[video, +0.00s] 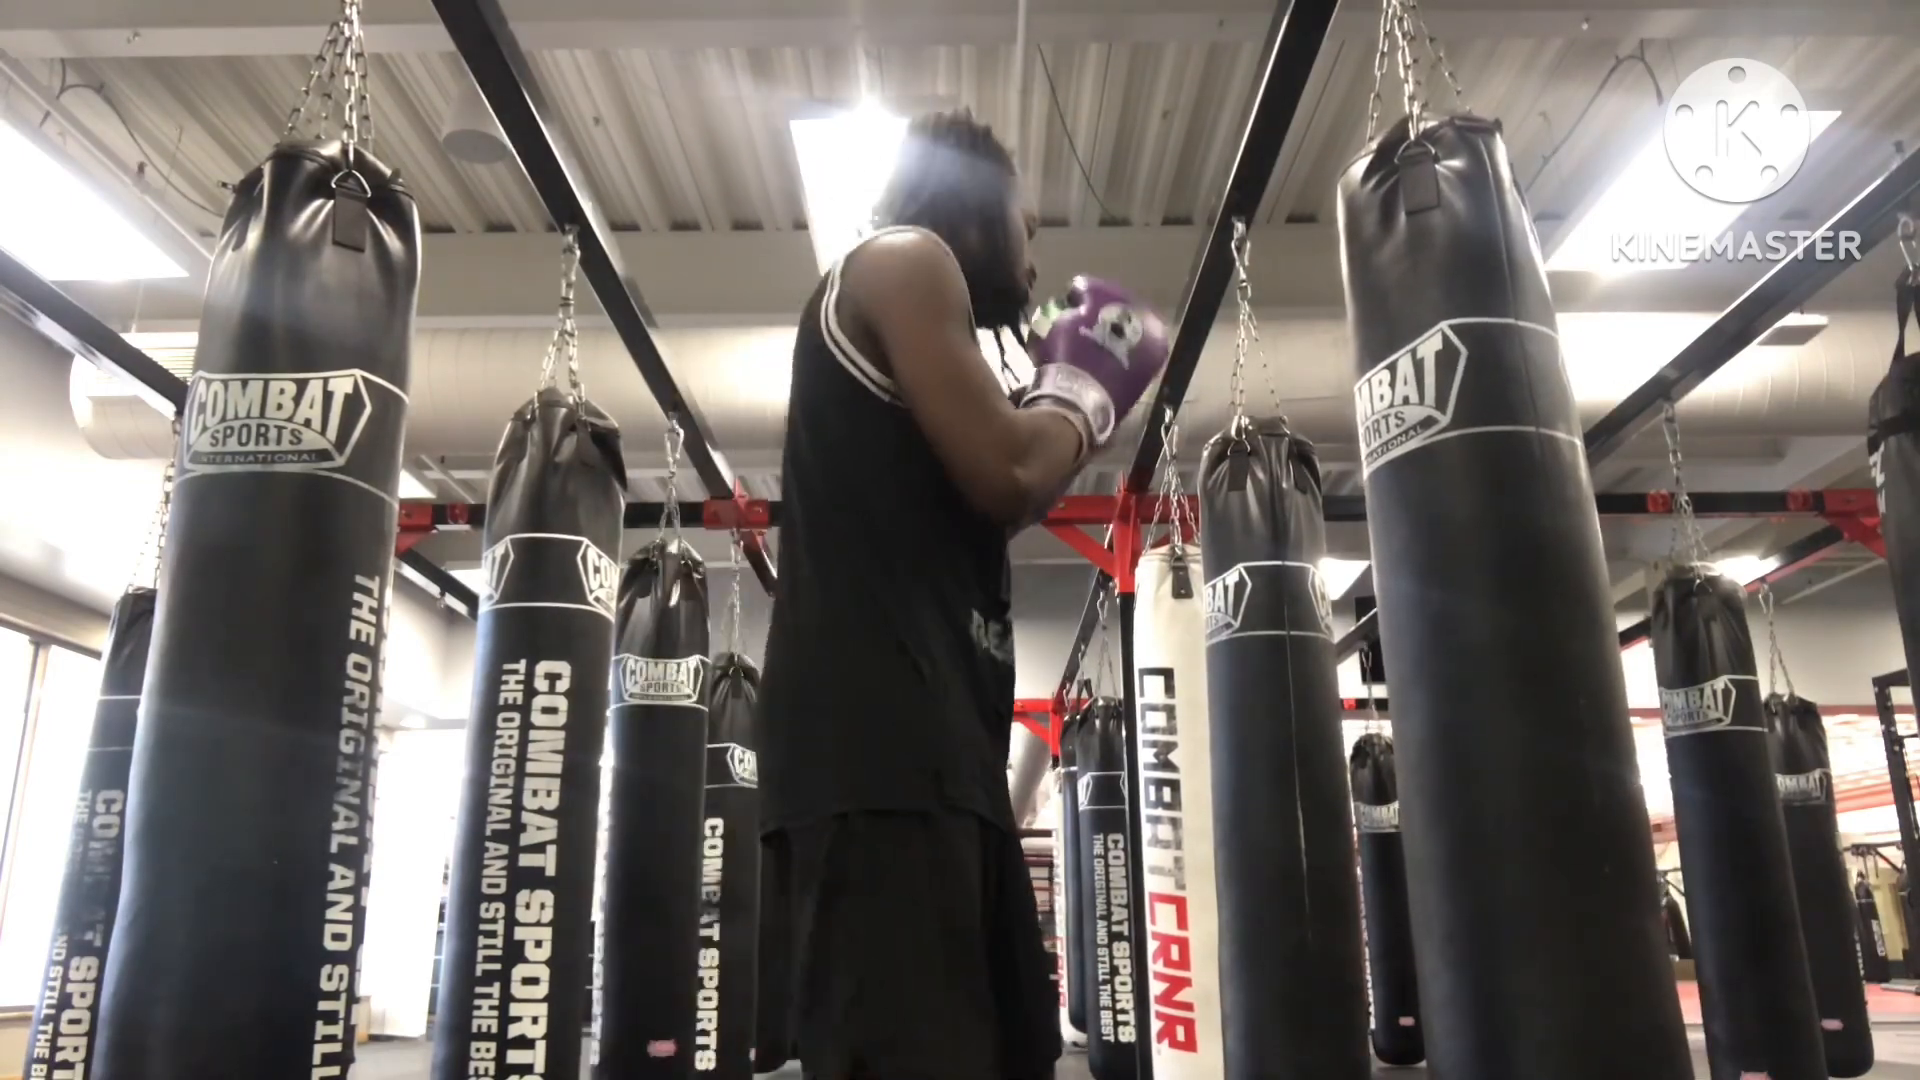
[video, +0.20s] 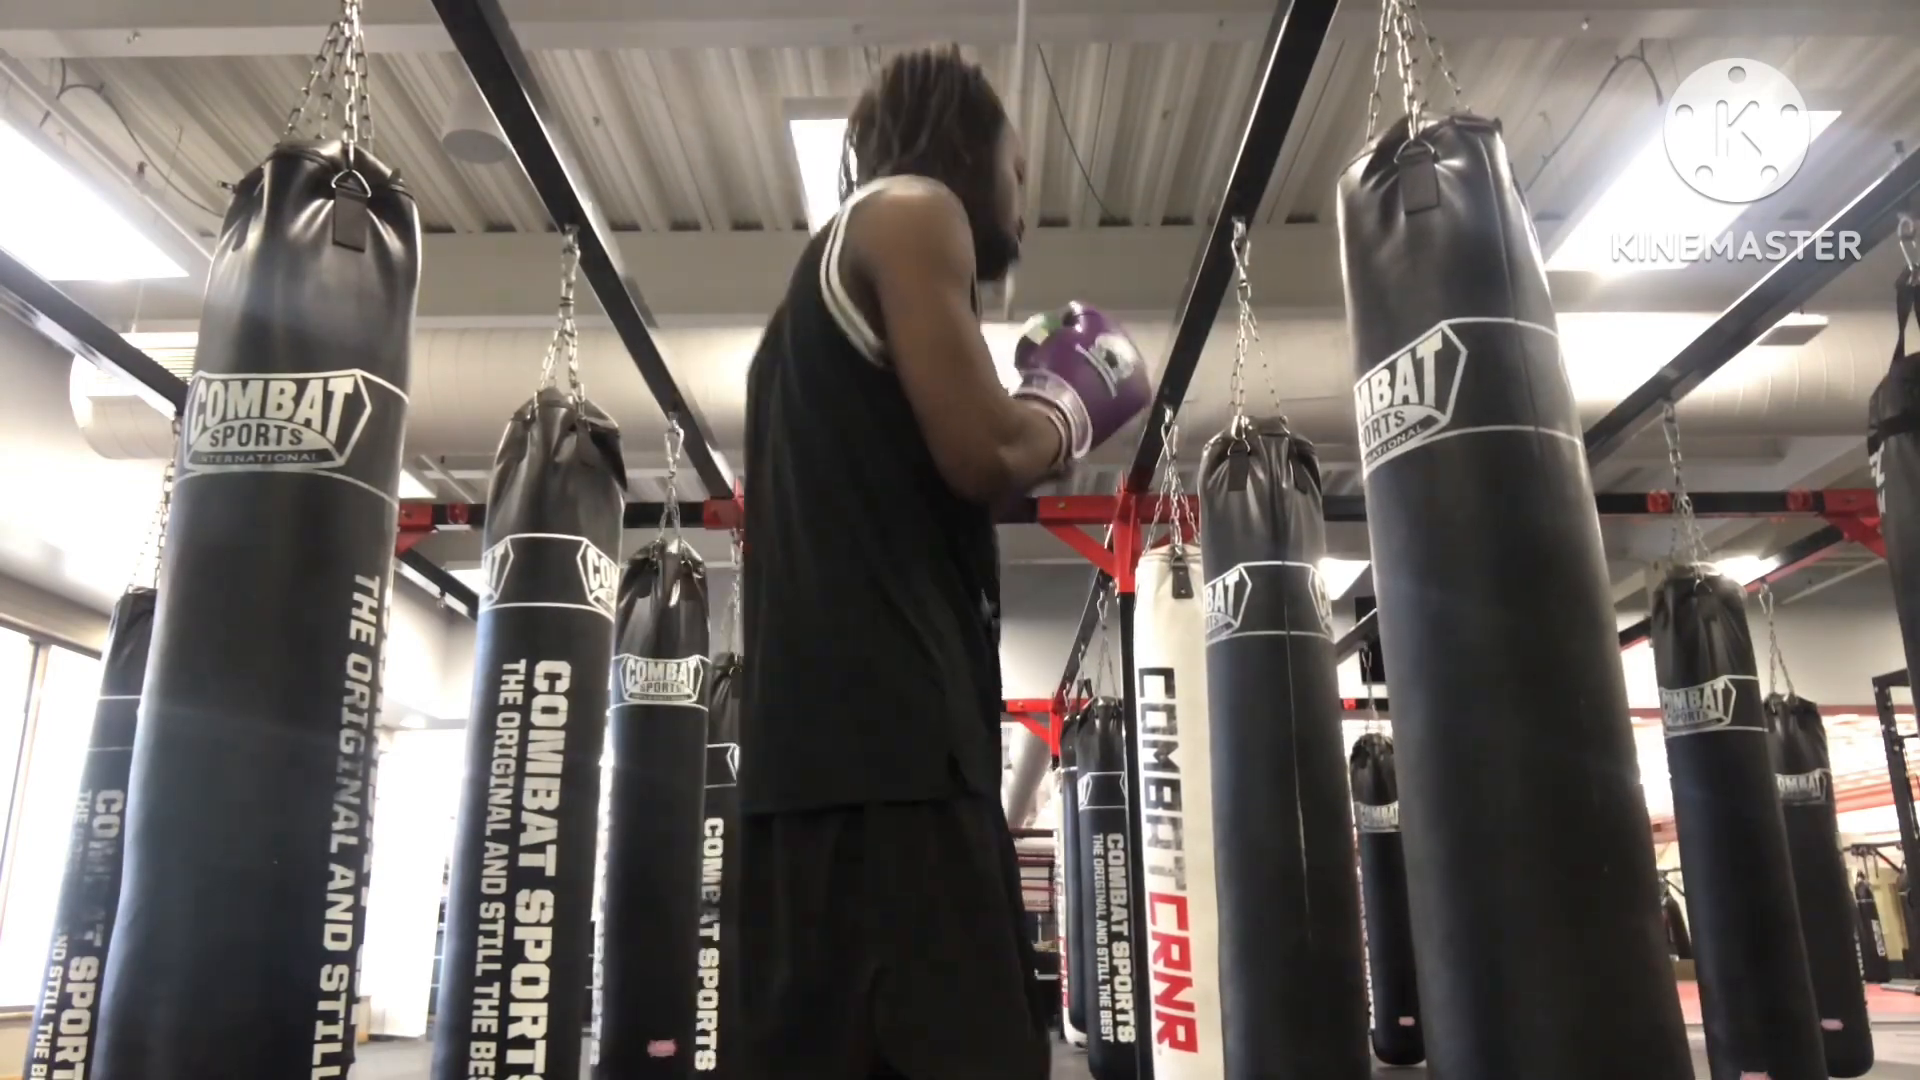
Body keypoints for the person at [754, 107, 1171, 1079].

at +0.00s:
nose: (1029, 235)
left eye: (1027, 213)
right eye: (1019, 207)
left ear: (922, 192)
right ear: (974, 196)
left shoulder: (885, 288)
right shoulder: (904, 260)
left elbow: (1000, 485)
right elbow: (1004, 479)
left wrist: (1071, 395)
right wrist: (1078, 392)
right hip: (888, 753)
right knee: (923, 1035)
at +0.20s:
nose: (1022, 193)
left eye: (1021, 168)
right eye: (1014, 162)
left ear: (890, 143)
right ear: (965, 145)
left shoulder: (819, 280)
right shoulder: (906, 209)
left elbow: (956, 475)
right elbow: (985, 457)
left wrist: (1038, 407)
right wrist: (1070, 406)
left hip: (817, 768)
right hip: (891, 769)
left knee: (838, 1044)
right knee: (961, 1042)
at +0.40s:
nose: (1016, 147)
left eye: (1013, 122)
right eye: (1006, 118)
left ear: (877, 116)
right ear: (962, 111)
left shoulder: (824, 260)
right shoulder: (910, 198)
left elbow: (908, 466)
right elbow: (996, 449)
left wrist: (1031, 384)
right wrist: (1083, 396)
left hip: (813, 762)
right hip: (890, 764)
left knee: (825, 1041)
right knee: (946, 1039)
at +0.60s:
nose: (1016, 146)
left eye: (1011, 124)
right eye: (1007, 122)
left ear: (890, 123)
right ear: (975, 121)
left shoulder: (878, 235)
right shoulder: (927, 213)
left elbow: (914, 433)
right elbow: (998, 453)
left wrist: (1012, 365)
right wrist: (1099, 416)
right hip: (906, 742)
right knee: (926, 1033)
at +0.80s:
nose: (1046, 167)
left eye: (1038, 142)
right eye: (1034, 140)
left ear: (914, 150)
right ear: (1001, 143)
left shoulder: (901, 262)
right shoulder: (948, 231)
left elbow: (1001, 468)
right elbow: (1017, 464)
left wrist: (1080, 397)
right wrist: (1102, 395)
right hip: (927, 753)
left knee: (868, 1050)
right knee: (962, 1051)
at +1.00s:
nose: (1037, 172)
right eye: (1029, 148)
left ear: (897, 164)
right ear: (1003, 146)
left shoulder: (880, 298)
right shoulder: (961, 245)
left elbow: (987, 483)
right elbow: (1047, 482)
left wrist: (1100, 413)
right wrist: (1147, 430)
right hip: (931, 772)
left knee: (1086, 1045)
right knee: (954, 1052)